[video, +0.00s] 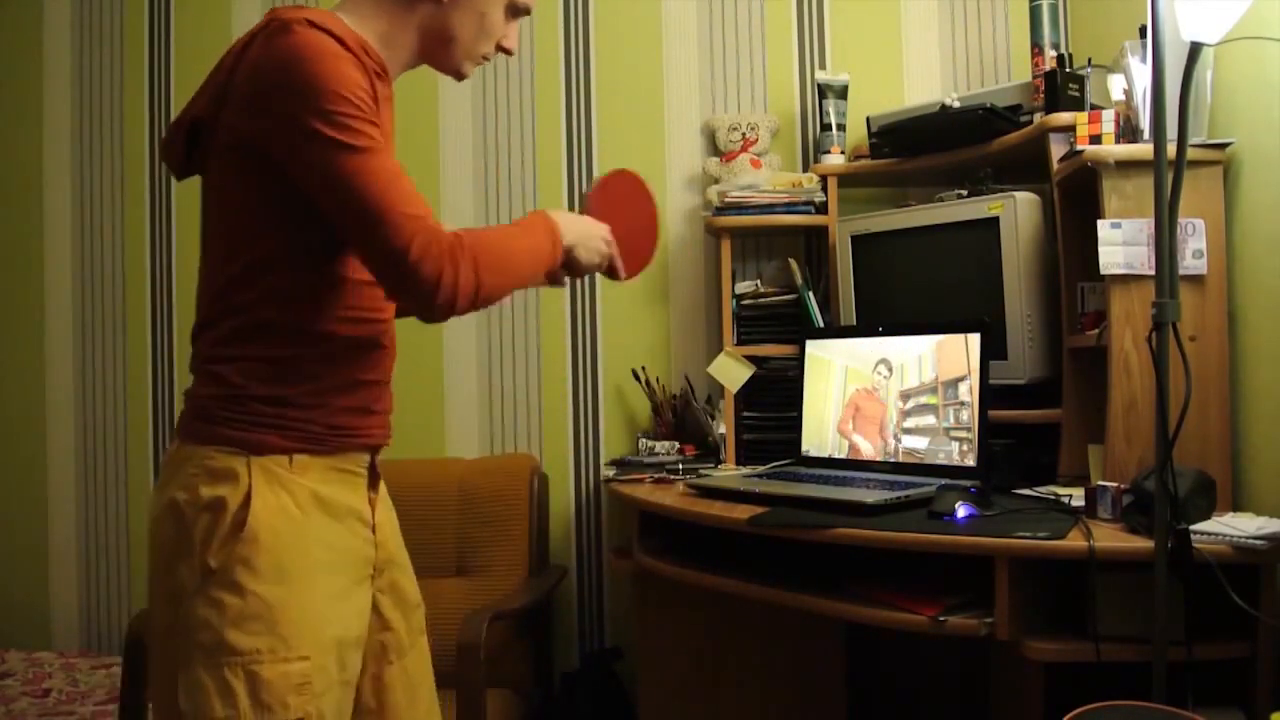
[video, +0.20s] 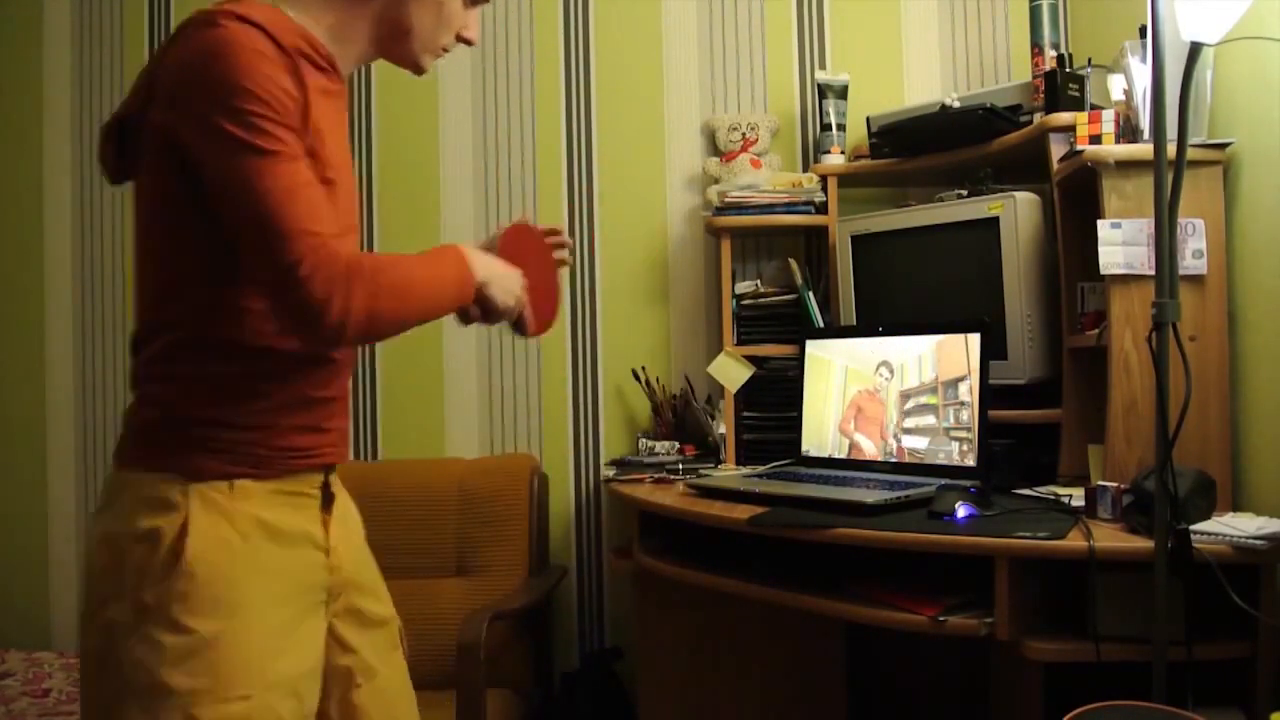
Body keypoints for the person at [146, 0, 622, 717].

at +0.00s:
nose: (511, 44)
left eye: (520, 21)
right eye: (513, 12)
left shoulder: (356, 76)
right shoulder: (304, 61)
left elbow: (404, 286)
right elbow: (433, 272)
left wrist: (541, 253)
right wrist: (558, 234)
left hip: (347, 490)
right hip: (260, 495)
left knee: (399, 711)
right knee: (267, 710)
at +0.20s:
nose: (471, 31)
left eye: (479, 10)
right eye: (469, 0)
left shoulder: (312, 75)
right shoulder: (229, 56)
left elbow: (324, 288)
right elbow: (328, 297)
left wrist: (464, 275)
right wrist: (470, 267)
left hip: (311, 515)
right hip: (206, 528)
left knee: (378, 711)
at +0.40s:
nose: (405, 29)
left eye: (410, 7)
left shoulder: (243, 96)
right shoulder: (101, 63)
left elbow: (210, 339)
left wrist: (383, 366)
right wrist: (341, 343)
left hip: (252, 552)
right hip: (110, 567)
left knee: (353, 710)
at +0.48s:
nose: (386, 28)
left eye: (391, 6)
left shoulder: (237, 113)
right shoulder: (68, 63)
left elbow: (206, 332)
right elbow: (56, 343)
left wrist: (355, 386)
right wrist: (287, 375)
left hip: (244, 561)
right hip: (92, 577)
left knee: (355, 709)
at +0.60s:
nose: (366, 16)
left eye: (370, 1)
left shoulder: (243, 108)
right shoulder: (37, 53)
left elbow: (245, 308)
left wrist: (352, 381)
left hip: (245, 554)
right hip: (77, 564)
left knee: (360, 708)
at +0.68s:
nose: (364, 9)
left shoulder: (251, 100)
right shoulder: (32, 47)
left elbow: (269, 291)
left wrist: (369, 369)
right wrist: (99, 391)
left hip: (251, 545)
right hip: (78, 550)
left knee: (363, 706)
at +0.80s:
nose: (373, 9)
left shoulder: (279, 96)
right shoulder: (37, 43)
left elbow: (310, 241)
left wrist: (394, 341)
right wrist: (15, 373)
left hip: (259, 518)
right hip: (83, 529)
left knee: (366, 706)